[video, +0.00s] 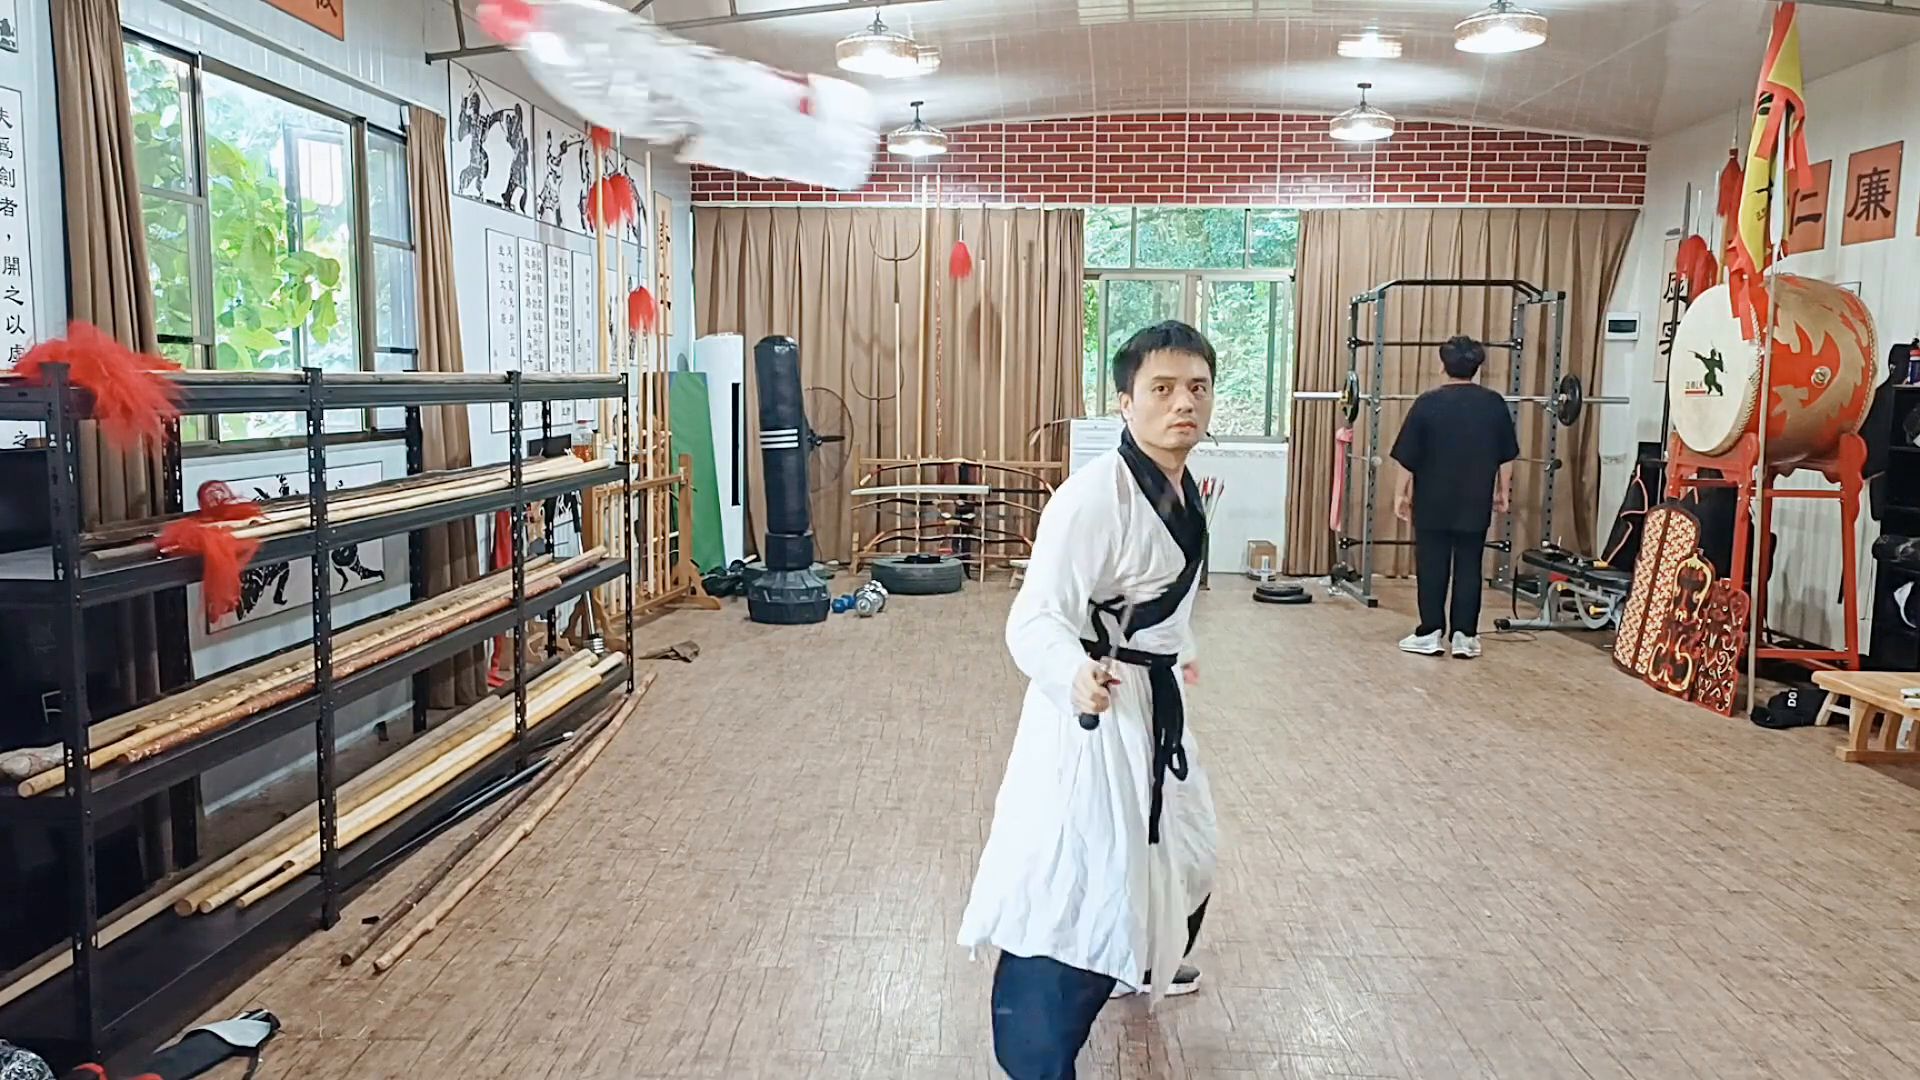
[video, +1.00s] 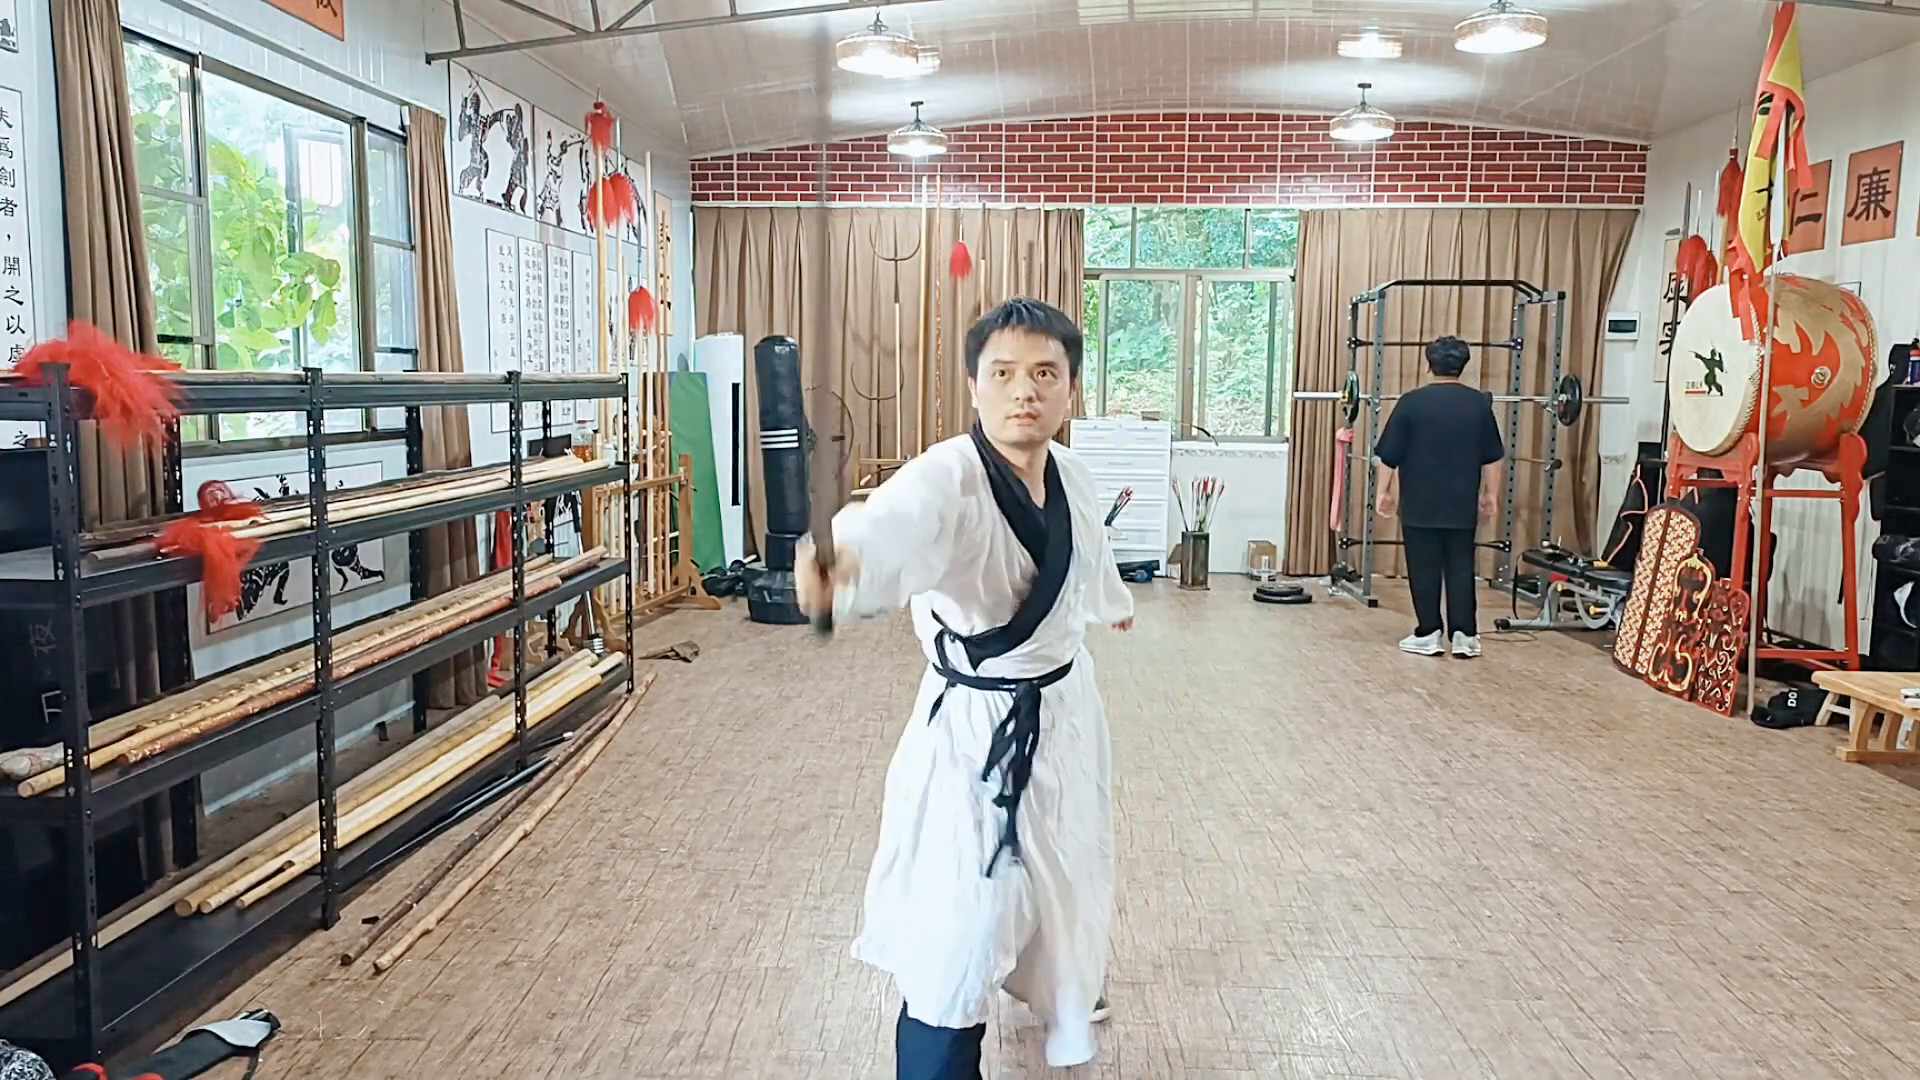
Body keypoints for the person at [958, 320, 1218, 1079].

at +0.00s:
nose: (1185, 404)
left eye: (1198, 388)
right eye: (1164, 388)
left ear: (1213, 399)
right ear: (1126, 401)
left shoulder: (1183, 489)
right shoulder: (1091, 496)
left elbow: (1162, 587)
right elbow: (1034, 619)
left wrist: (1181, 650)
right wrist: (1075, 671)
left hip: (1155, 707)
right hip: (1087, 721)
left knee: (1180, 858)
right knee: (1072, 896)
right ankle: (1038, 1057)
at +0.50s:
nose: (1124, 410)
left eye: (1141, 393)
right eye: (1106, 395)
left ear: (1169, 401)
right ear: (1086, 406)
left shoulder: (1196, 487)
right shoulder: (1053, 499)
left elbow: (1248, 579)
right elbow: (998, 588)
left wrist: (1308, 650)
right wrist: (994, 631)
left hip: (1157, 691)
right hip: (1064, 692)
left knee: (1199, 841)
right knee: (1075, 863)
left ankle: (1145, 966)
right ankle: (1019, 1062)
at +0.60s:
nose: (1106, 408)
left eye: (1123, 390)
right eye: (1088, 393)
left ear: (1151, 400)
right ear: (1066, 405)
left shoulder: (1171, 484)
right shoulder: (1037, 492)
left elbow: (1226, 569)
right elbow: (975, 570)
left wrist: (1288, 639)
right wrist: (959, 610)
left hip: (1146, 689)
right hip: (1056, 691)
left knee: (1161, 830)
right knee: (1044, 882)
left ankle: (1138, 960)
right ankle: (988, 1065)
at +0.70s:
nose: (1084, 397)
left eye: (1103, 379)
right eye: (1065, 381)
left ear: (1132, 391)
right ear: (1041, 393)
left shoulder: (1138, 473)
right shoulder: (1018, 474)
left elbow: (1171, 557)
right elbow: (951, 513)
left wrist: (1224, 622)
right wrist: (901, 539)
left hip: (1120, 684)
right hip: (1033, 695)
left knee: (1133, 824)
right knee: (1003, 896)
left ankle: (1132, 954)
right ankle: (958, 1067)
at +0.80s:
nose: (1056, 404)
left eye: (1076, 387)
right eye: (1035, 386)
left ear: (1098, 405)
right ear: (1005, 403)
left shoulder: (1091, 496)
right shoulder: (991, 481)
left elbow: (1126, 565)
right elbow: (945, 447)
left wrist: (1173, 599)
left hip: (1093, 699)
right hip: (1004, 719)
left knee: (1122, 833)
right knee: (989, 908)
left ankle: (1114, 957)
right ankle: (941, 1065)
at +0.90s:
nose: (1034, 400)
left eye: (1055, 383)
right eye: (1013, 383)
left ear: (1079, 401)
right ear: (985, 400)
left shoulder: (1071, 482)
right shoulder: (968, 478)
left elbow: (1096, 546)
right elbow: (922, 472)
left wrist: (1125, 588)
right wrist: (863, 458)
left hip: (1075, 701)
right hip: (985, 718)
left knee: (1094, 848)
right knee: (967, 915)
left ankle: (1098, 973)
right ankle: (946, 1062)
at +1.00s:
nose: (1025, 389)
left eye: (1045, 371)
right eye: (1003, 372)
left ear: (1072, 391)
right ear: (974, 389)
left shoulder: (1067, 470)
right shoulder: (949, 476)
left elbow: (1084, 542)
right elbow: (892, 522)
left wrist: (1109, 595)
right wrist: (843, 561)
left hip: (1066, 708)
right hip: (974, 723)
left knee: (1068, 867)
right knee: (960, 919)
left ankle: (1062, 1000)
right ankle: (940, 1050)